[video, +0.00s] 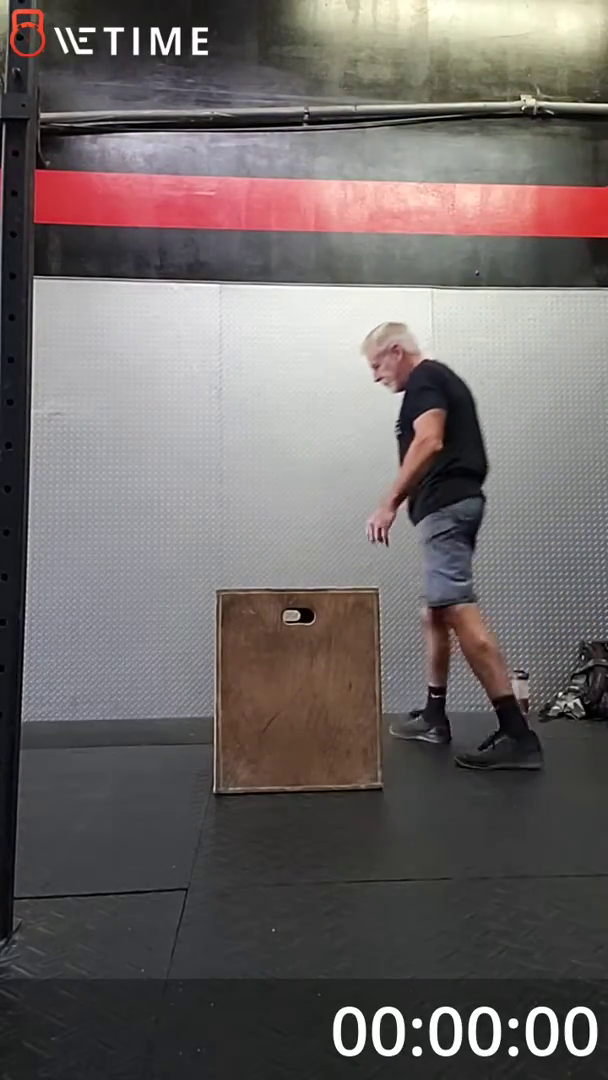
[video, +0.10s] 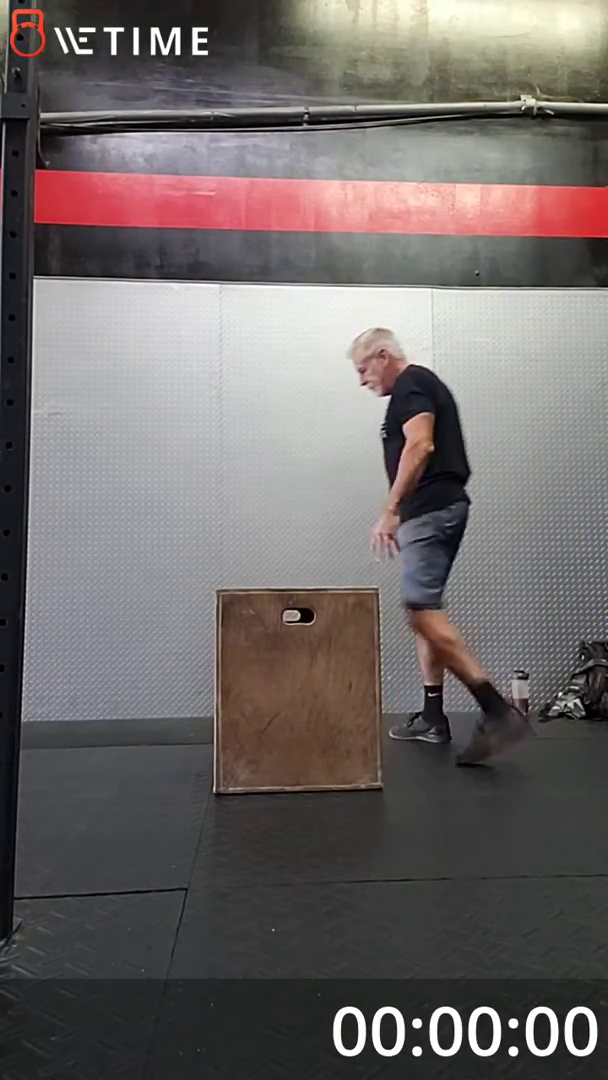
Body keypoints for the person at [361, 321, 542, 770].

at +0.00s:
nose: (377, 377)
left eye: (377, 366)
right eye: (373, 369)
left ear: (397, 353)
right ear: (400, 353)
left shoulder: (425, 378)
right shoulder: (441, 379)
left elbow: (429, 442)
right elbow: (444, 453)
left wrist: (389, 503)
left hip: (446, 508)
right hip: (458, 505)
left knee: (461, 614)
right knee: (437, 613)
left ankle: (517, 734)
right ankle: (433, 718)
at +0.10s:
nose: (362, 380)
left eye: (364, 369)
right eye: (359, 372)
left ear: (385, 357)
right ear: (386, 358)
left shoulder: (411, 383)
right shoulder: (421, 383)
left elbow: (421, 446)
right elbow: (432, 454)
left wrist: (389, 511)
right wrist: (405, 513)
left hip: (431, 509)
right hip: (437, 508)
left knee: (423, 614)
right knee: (425, 614)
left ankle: (499, 713)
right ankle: (433, 718)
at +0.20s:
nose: (350, 383)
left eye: (350, 373)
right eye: (347, 376)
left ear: (372, 360)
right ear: (371, 362)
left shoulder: (398, 386)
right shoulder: (404, 386)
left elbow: (416, 444)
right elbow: (416, 451)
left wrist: (396, 512)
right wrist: (394, 509)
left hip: (416, 510)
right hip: (430, 508)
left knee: (390, 608)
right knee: (419, 612)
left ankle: (468, 693)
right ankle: (432, 716)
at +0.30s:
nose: (335, 382)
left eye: (339, 373)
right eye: (332, 376)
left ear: (361, 362)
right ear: (358, 367)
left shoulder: (387, 388)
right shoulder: (381, 394)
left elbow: (412, 445)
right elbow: (400, 454)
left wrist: (399, 509)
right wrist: (382, 509)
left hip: (391, 513)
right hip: (411, 510)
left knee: (365, 608)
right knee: (412, 610)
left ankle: (420, 700)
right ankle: (430, 715)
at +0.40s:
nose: (322, 384)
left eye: (324, 375)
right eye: (318, 378)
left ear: (347, 365)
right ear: (341, 370)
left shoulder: (374, 389)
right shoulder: (359, 401)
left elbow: (402, 445)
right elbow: (374, 459)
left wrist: (393, 510)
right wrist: (362, 511)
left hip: (374, 517)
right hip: (390, 514)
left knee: (343, 617)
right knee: (409, 615)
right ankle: (431, 714)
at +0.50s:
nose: (306, 386)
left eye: (308, 377)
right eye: (303, 379)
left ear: (332, 367)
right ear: (325, 372)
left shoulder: (358, 393)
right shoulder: (344, 404)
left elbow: (386, 451)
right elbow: (361, 462)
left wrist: (378, 515)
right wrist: (346, 515)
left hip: (357, 524)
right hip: (370, 520)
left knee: (338, 624)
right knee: (399, 617)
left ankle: (336, 725)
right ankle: (429, 712)